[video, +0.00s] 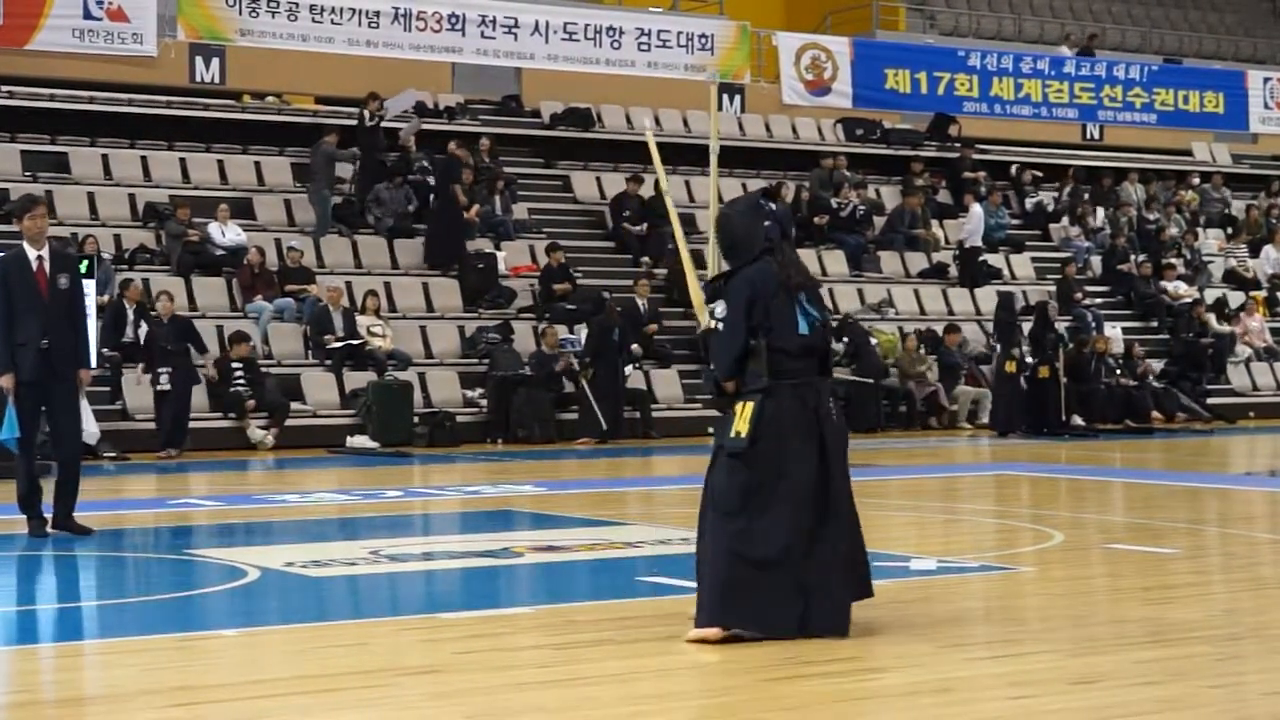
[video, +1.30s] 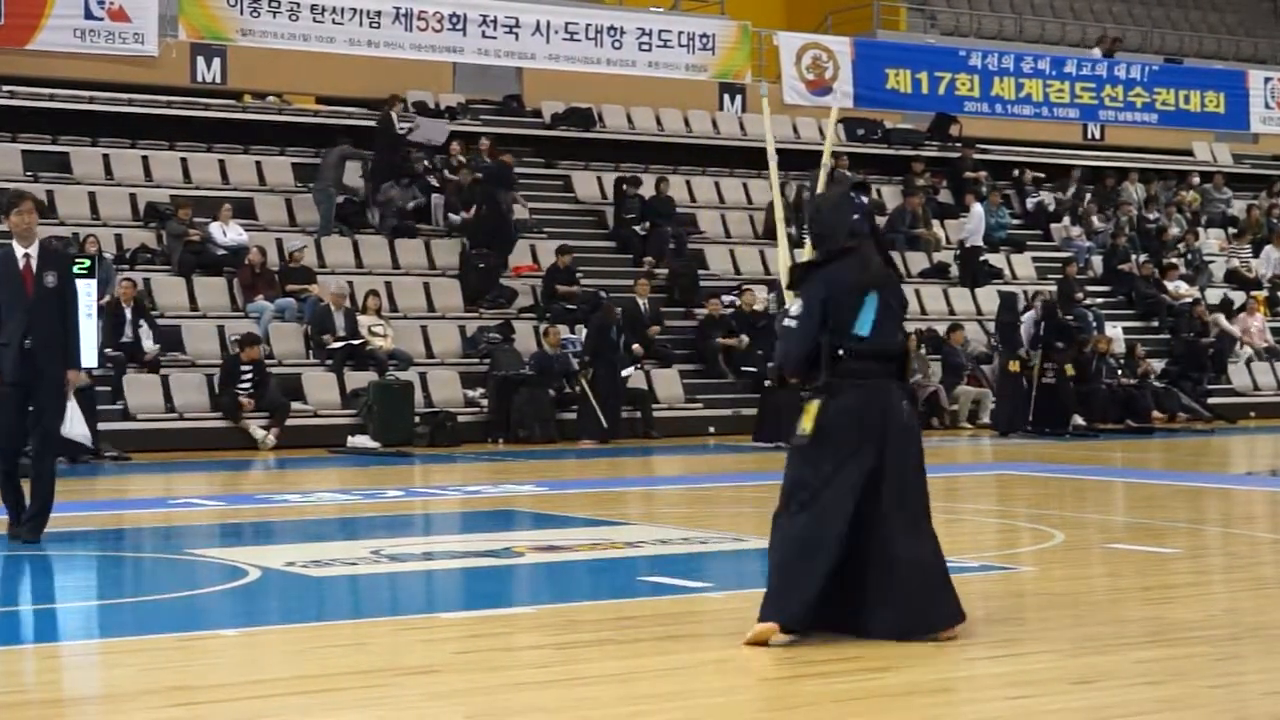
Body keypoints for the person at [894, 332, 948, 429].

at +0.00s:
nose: (913, 343)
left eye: (914, 341)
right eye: (910, 341)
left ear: (917, 343)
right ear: (905, 344)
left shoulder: (920, 356)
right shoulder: (901, 358)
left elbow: (929, 364)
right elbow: (908, 372)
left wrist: (922, 369)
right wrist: (924, 369)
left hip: (922, 380)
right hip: (909, 380)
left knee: (935, 389)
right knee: (911, 386)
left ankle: (932, 418)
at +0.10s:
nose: (910, 343)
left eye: (912, 340)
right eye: (907, 341)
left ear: (914, 342)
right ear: (902, 344)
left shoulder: (917, 355)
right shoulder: (901, 356)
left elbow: (927, 363)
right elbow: (907, 373)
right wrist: (924, 367)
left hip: (921, 380)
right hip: (908, 381)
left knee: (933, 390)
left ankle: (933, 418)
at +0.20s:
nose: (910, 343)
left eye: (911, 340)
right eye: (907, 340)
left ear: (914, 342)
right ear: (901, 344)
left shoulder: (918, 355)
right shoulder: (900, 356)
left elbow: (927, 364)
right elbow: (907, 373)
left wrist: (918, 369)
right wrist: (923, 367)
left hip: (921, 380)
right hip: (908, 380)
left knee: (933, 390)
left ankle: (933, 418)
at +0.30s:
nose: (910, 343)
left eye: (912, 340)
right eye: (907, 341)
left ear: (914, 342)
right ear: (901, 344)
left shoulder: (918, 355)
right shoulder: (900, 356)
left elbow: (927, 366)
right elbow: (906, 373)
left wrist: (916, 371)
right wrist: (923, 367)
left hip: (921, 380)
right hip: (909, 380)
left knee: (933, 390)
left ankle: (933, 418)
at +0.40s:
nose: (911, 343)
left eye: (913, 340)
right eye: (908, 340)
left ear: (916, 342)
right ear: (902, 344)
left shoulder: (921, 357)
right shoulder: (900, 357)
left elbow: (927, 371)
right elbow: (905, 373)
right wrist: (922, 370)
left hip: (922, 380)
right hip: (909, 381)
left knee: (935, 388)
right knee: (912, 386)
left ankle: (933, 418)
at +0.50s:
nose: (913, 343)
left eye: (914, 340)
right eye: (910, 340)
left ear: (917, 343)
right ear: (904, 343)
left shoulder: (920, 357)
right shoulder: (899, 358)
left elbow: (928, 371)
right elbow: (903, 375)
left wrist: (927, 372)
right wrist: (920, 372)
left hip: (923, 381)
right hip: (909, 383)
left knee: (935, 389)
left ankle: (934, 418)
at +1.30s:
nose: (914, 344)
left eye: (915, 341)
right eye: (911, 341)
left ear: (917, 342)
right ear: (906, 343)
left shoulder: (921, 357)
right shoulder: (904, 357)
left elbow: (926, 376)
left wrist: (919, 380)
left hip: (922, 385)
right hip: (908, 387)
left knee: (933, 391)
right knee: (937, 389)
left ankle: (933, 418)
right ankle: (943, 417)